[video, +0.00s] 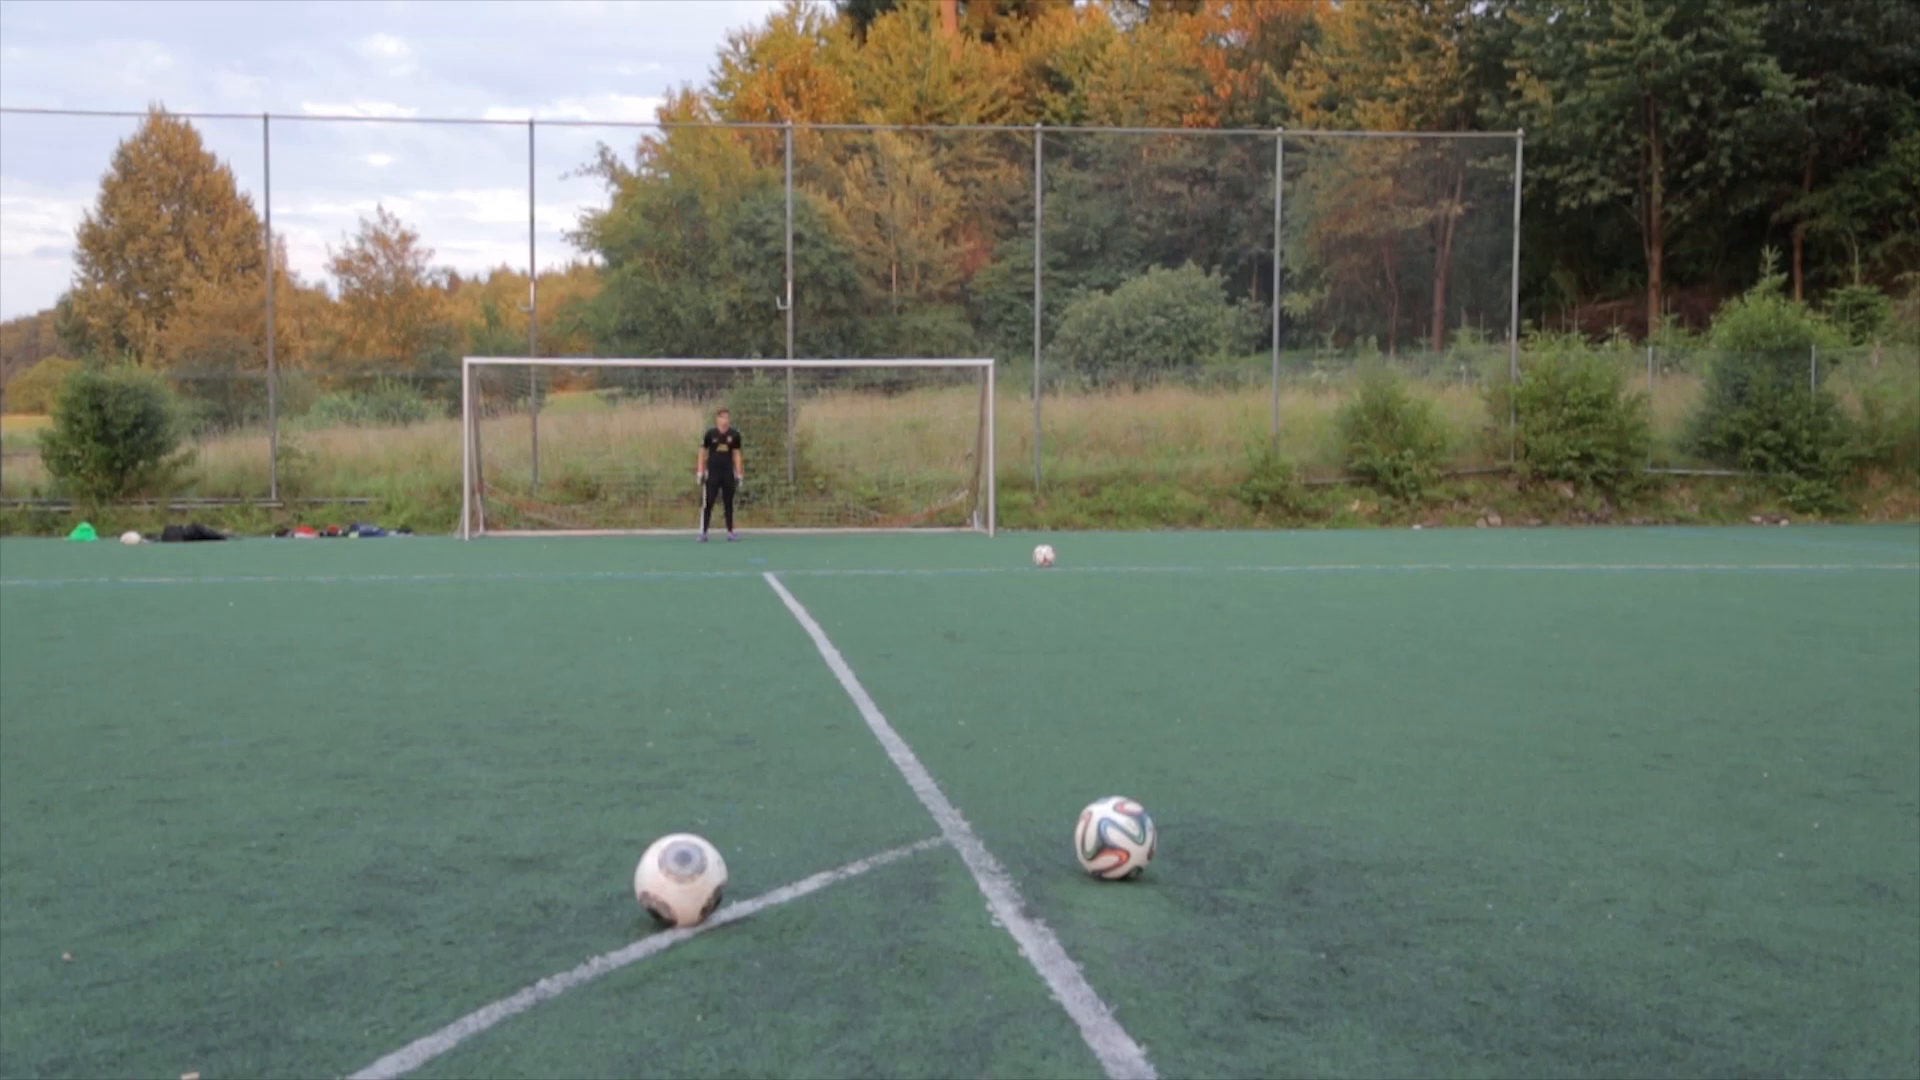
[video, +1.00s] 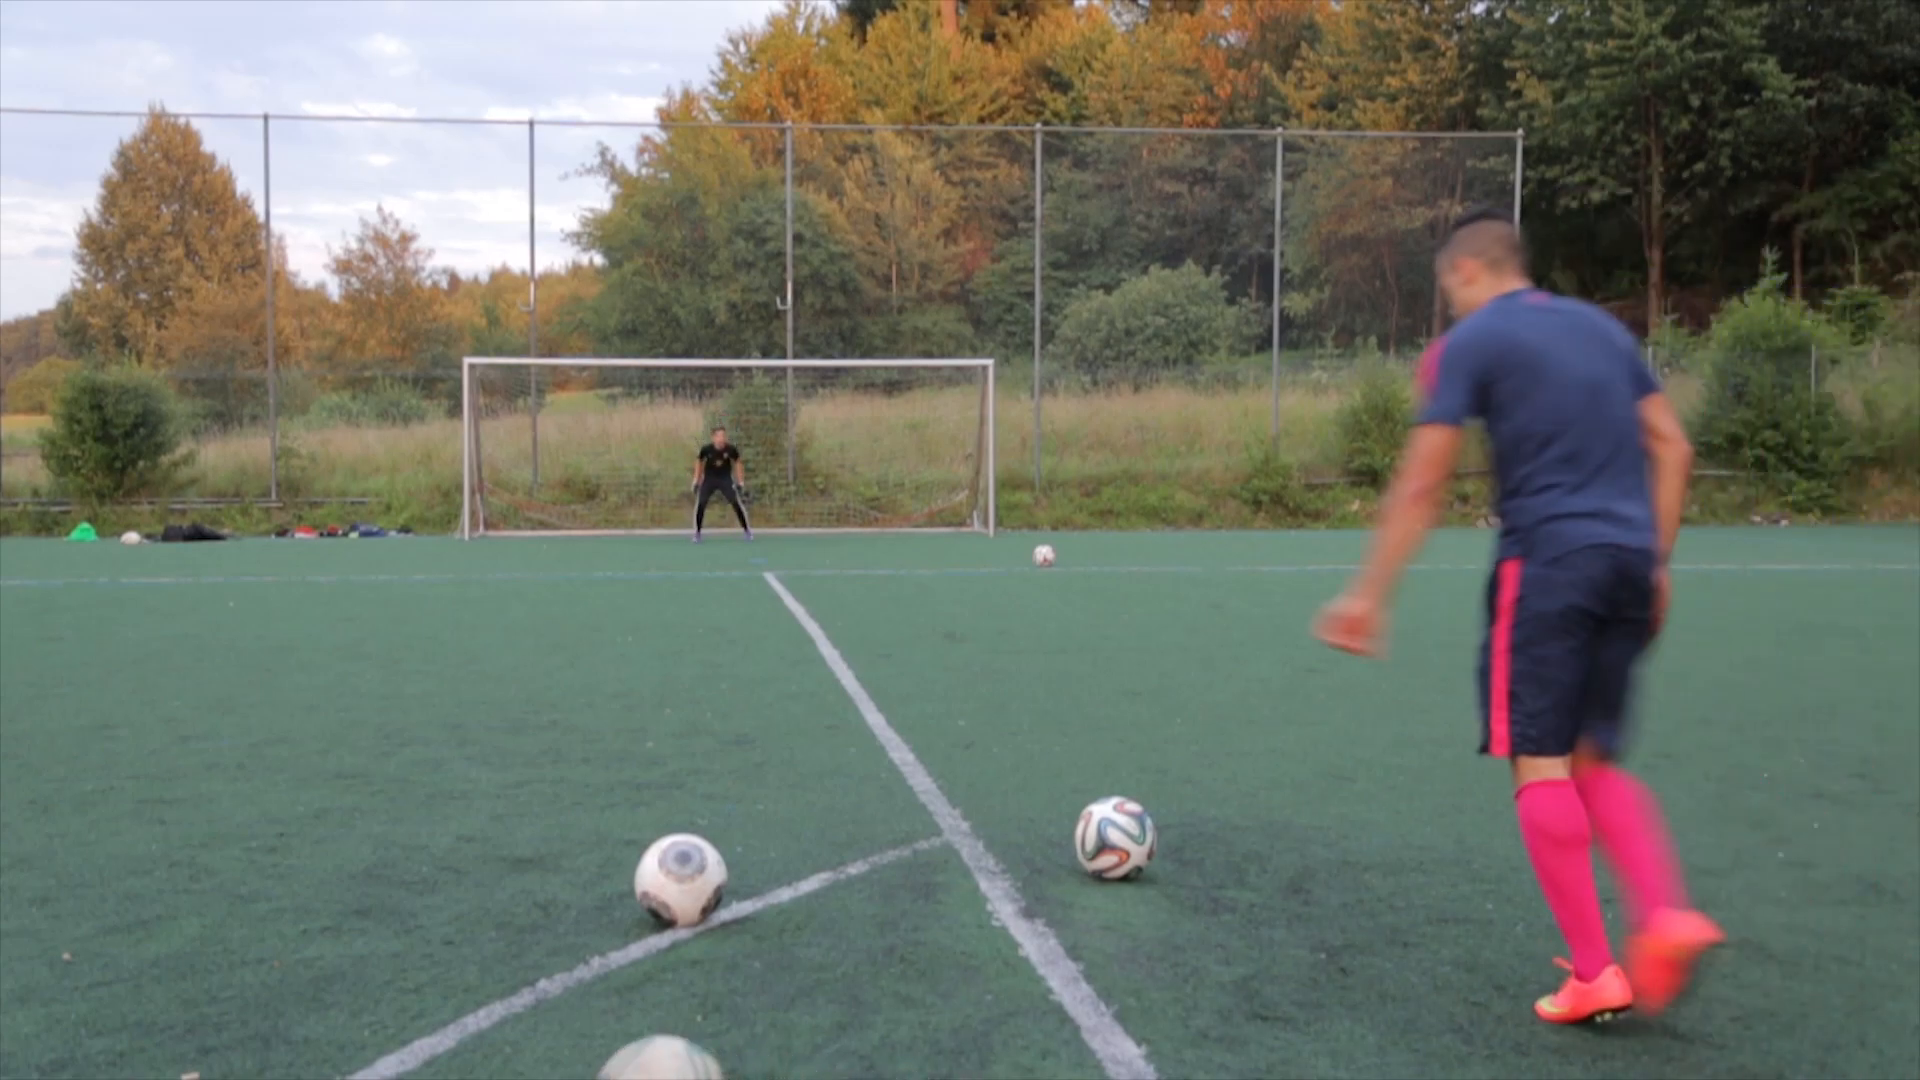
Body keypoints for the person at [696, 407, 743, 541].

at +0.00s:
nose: (724, 421)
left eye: (726, 418)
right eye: (722, 418)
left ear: (729, 420)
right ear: (717, 419)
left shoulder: (734, 435)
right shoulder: (710, 434)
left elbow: (737, 454)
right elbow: (703, 452)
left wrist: (739, 472)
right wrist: (700, 470)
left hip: (728, 474)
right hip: (712, 473)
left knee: (728, 503)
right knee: (708, 504)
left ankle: (730, 530)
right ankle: (704, 531)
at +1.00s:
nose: (720, 439)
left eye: (722, 436)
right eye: (717, 436)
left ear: (725, 438)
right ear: (713, 437)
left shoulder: (731, 450)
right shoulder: (706, 450)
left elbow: (738, 464)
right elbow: (699, 464)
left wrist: (740, 481)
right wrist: (696, 480)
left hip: (725, 481)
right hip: (709, 481)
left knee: (736, 504)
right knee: (701, 505)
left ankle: (746, 530)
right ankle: (698, 532)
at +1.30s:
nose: (737, 442)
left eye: (739, 439)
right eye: (735, 439)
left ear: (743, 439)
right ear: (731, 439)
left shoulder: (750, 450)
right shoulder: (725, 451)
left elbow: (755, 464)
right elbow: (717, 465)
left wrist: (758, 478)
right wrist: (713, 482)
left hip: (746, 482)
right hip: (730, 481)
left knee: (749, 506)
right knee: (717, 505)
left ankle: (749, 532)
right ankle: (705, 532)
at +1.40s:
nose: (743, 438)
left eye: (745, 435)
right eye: (741, 436)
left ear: (748, 435)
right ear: (736, 435)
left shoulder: (756, 445)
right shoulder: (731, 447)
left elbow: (761, 457)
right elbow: (721, 459)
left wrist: (766, 469)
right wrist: (718, 477)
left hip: (753, 476)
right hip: (737, 476)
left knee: (760, 500)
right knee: (726, 500)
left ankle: (755, 529)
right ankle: (721, 527)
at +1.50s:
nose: (749, 437)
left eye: (751, 434)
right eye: (747, 434)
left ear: (754, 436)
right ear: (742, 435)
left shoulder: (762, 447)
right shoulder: (736, 449)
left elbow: (770, 459)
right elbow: (727, 461)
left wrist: (775, 472)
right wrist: (724, 478)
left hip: (759, 476)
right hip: (743, 476)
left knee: (770, 499)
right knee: (736, 499)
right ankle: (734, 527)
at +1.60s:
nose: (755, 447)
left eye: (757, 444)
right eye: (753, 444)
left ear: (760, 444)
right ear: (748, 445)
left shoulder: (768, 454)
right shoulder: (742, 457)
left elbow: (775, 468)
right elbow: (733, 468)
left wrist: (783, 482)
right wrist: (729, 484)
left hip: (765, 483)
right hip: (749, 484)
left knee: (779, 504)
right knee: (743, 505)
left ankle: (795, 530)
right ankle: (746, 532)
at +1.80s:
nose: (747, 461)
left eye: (749, 458)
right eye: (744, 458)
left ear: (753, 456)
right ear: (741, 458)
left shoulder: (763, 465)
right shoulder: (739, 468)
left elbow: (774, 479)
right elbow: (735, 483)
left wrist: (782, 496)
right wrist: (731, 499)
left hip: (762, 492)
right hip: (746, 493)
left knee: (778, 510)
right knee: (733, 508)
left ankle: (794, 533)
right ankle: (737, 534)